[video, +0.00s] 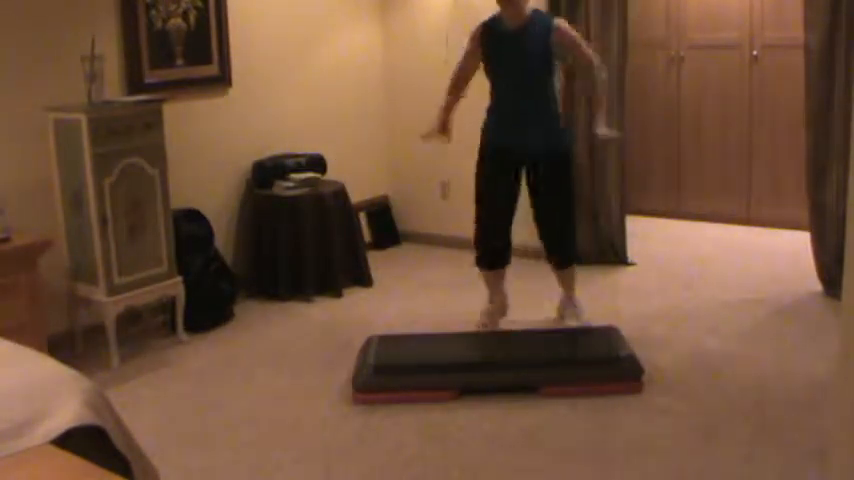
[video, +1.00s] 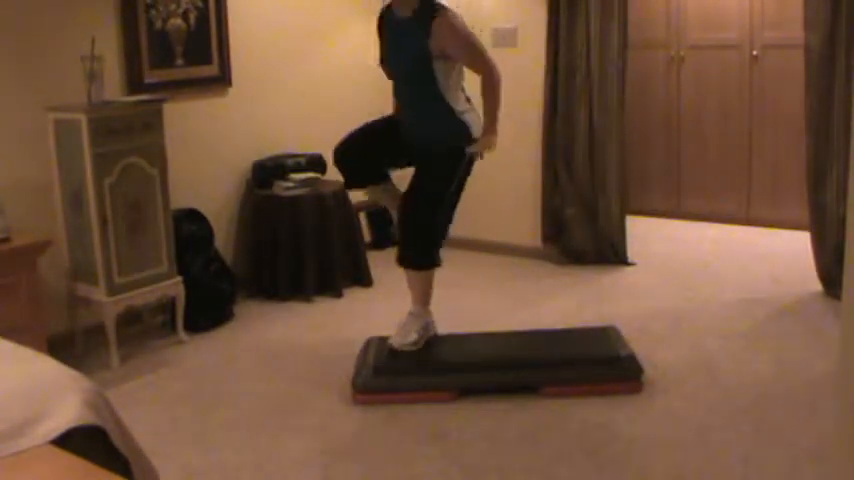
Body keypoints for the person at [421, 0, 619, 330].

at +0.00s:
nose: (509, 3)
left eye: (514, 1)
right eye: (505, 1)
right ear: (499, 2)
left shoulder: (553, 29)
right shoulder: (485, 33)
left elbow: (595, 68)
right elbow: (461, 77)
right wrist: (445, 116)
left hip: (547, 138)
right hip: (500, 139)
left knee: (556, 221)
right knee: (491, 223)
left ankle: (569, 300)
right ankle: (496, 302)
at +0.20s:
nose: (472, 7)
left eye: (478, 2)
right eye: (467, 3)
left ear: (491, 2)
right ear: (461, 6)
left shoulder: (515, 40)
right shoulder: (457, 42)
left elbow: (554, 82)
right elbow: (457, 90)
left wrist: (554, 134)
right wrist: (448, 126)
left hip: (516, 153)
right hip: (475, 155)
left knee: (519, 239)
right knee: (481, 240)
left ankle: (548, 284)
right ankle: (498, 313)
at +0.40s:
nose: (447, 3)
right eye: (444, 1)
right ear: (441, 2)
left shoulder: (491, 25)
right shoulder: (434, 31)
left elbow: (537, 56)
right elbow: (394, 56)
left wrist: (512, 64)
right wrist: (347, 61)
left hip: (502, 140)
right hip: (465, 143)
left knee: (458, 215)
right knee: (484, 224)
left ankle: (450, 305)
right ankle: (500, 309)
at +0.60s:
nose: (422, 5)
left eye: (427, 1)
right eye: (421, 1)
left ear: (444, 2)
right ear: (422, 5)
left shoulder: (466, 35)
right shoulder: (418, 34)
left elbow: (493, 45)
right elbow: (374, 40)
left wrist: (463, 11)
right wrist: (324, 17)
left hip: (475, 158)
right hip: (442, 159)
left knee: (422, 221)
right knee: (468, 234)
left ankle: (420, 317)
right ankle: (499, 308)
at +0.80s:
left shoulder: (449, 8)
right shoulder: (397, 8)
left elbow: (493, 48)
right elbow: (364, 32)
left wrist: (476, 86)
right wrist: (328, 59)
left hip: (460, 129)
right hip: (423, 128)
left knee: (429, 217)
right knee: (391, 212)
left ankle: (420, 315)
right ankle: (454, 261)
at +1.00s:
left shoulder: (441, 21)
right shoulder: (387, 18)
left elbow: (490, 71)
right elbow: (400, 77)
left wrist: (490, 131)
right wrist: (398, 124)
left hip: (451, 136)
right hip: (411, 128)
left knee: (418, 221)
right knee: (351, 155)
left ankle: (420, 316)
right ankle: (403, 209)